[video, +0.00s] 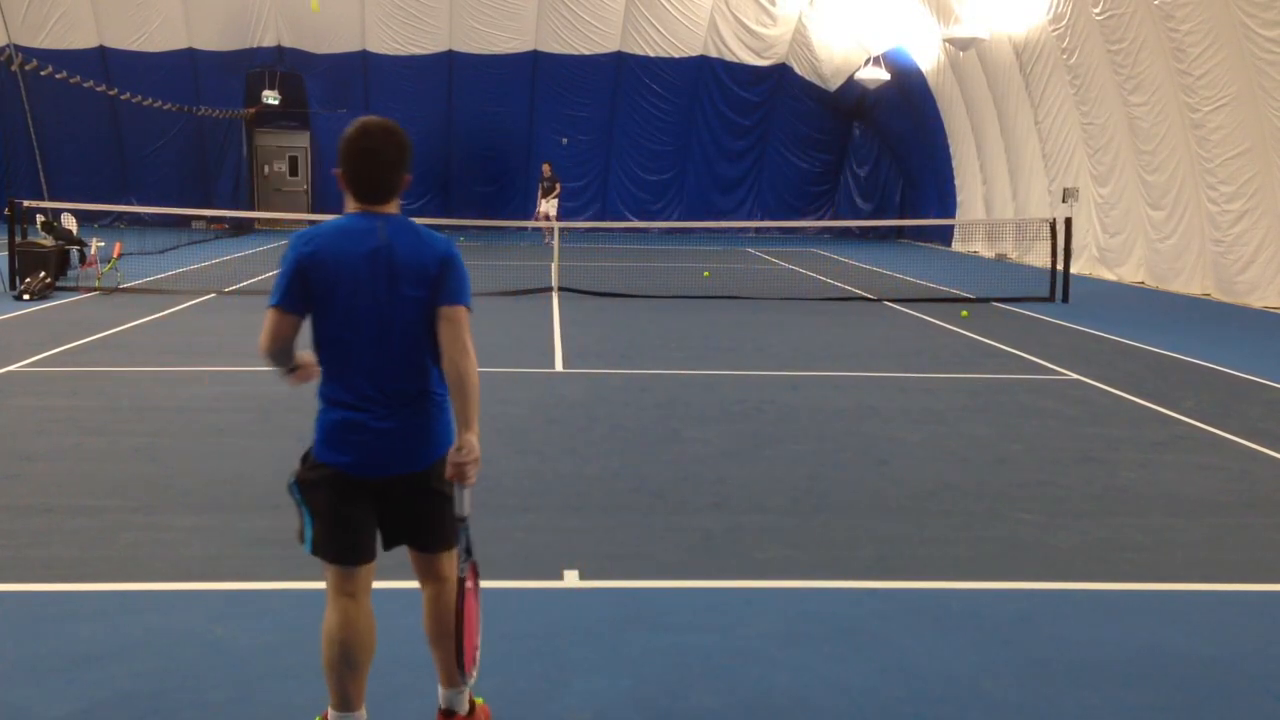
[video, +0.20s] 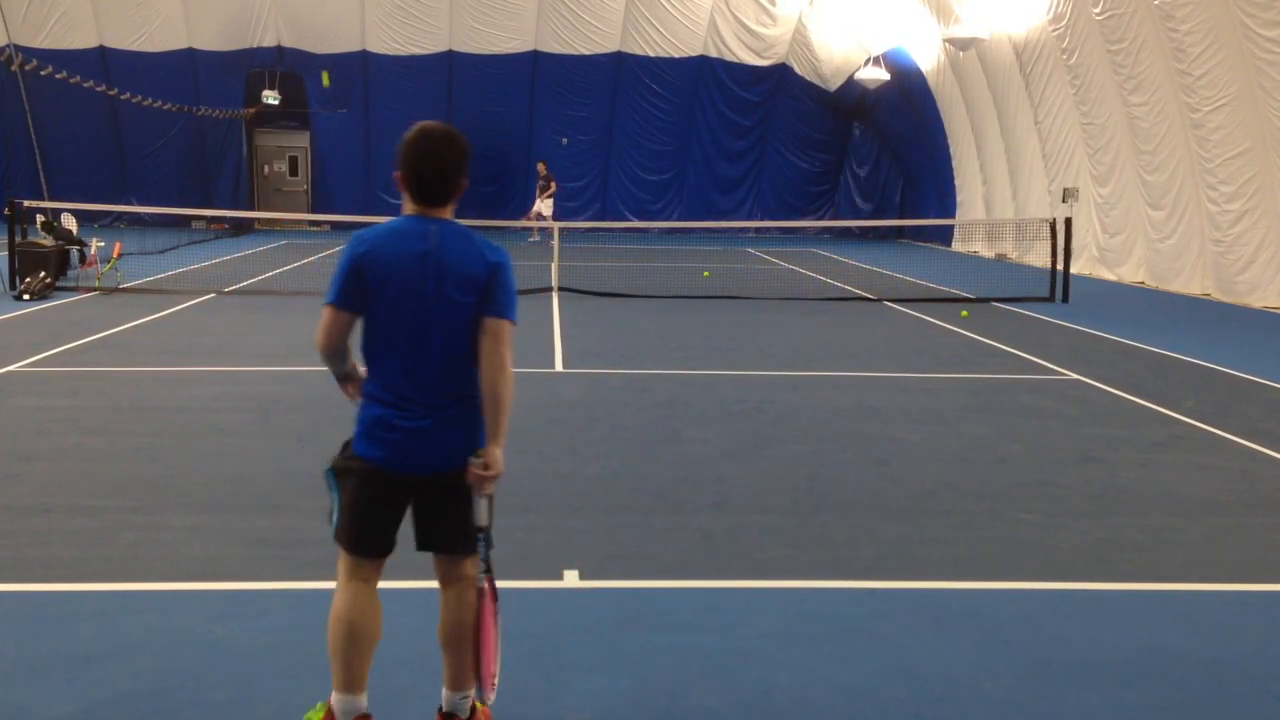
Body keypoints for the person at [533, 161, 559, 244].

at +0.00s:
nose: (544, 169)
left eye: (546, 168)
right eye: (543, 168)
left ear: (549, 168)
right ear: (542, 169)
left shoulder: (554, 178)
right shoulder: (541, 179)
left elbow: (558, 189)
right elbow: (540, 191)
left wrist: (549, 197)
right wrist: (538, 201)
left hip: (553, 199)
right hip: (544, 199)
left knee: (552, 217)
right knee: (541, 216)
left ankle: (555, 236)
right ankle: (547, 235)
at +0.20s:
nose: (538, 168)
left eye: (540, 166)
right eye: (537, 166)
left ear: (544, 167)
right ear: (537, 167)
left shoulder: (549, 176)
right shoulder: (539, 177)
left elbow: (553, 188)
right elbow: (538, 189)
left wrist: (544, 196)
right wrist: (537, 198)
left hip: (548, 199)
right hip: (540, 199)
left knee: (549, 219)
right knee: (533, 215)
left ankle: (554, 238)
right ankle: (535, 235)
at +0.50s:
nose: (526, 171)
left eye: (528, 169)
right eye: (525, 169)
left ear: (532, 169)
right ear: (525, 170)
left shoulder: (537, 178)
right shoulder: (529, 179)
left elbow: (542, 190)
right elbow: (529, 190)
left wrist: (532, 198)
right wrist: (529, 199)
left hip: (537, 201)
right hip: (530, 200)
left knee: (537, 220)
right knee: (524, 218)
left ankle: (550, 232)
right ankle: (529, 237)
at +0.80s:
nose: (521, 169)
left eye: (522, 167)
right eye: (520, 167)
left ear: (526, 167)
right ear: (520, 169)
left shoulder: (531, 176)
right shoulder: (522, 178)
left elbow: (536, 187)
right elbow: (523, 189)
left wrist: (528, 196)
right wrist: (523, 198)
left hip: (533, 198)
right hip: (525, 198)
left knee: (529, 217)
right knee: (522, 217)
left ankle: (540, 235)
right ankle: (527, 235)